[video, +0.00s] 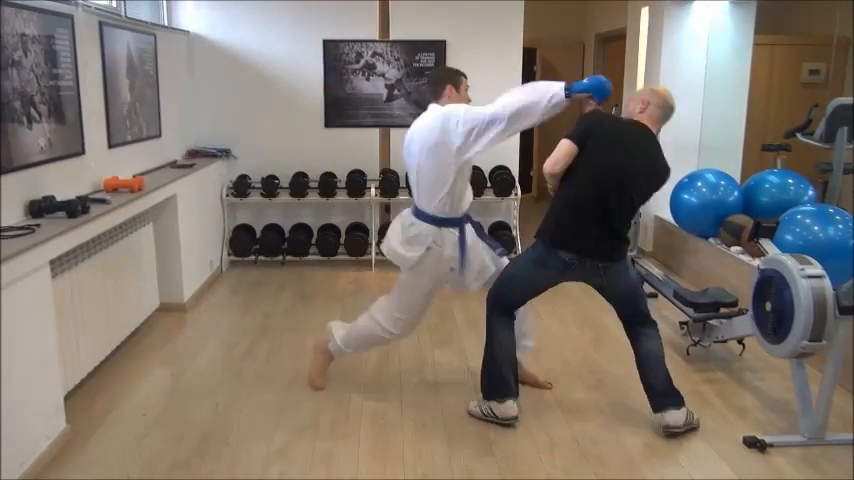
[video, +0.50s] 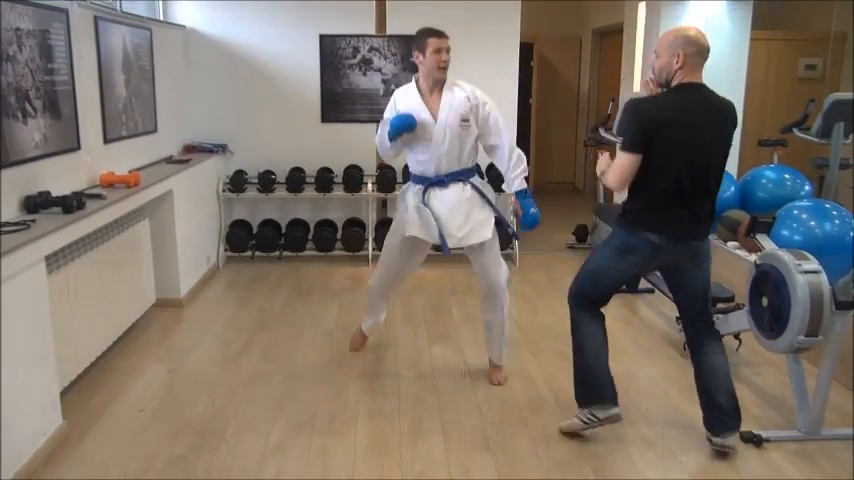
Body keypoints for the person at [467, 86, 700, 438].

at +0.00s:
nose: (625, 107)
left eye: (630, 102)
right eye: (630, 103)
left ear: (643, 105)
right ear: (662, 118)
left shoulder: (595, 121)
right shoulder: (660, 166)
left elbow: (552, 167)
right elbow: (625, 199)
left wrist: (556, 186)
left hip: (557, 248)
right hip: (609, 259)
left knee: (500, 303)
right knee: (641, 325)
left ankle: (501, 401)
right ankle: (671, 410)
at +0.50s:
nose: (652, 63)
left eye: (656, 55)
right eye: (654, 55)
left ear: (678, 60)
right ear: (697, 62)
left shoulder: (643, 110)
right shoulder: (725, 112)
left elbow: (617, 182)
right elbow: (694, 158)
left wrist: (603, 166)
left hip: (641, 234)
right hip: (693, 240)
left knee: (584, 299)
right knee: (702, 328)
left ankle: (599, 404)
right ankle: (724, 432)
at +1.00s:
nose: (567, 102)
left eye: (570, 94)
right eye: (567, 94)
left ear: (591, 97)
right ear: (613, 96)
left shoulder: (585, 153)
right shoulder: (657, 140)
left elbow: (556, 226)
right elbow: (633, 196)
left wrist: (532, 189)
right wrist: (587, 139)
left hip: (583, 271)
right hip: (635, 276)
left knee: (518, 335)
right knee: (633, 368)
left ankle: (521, 447)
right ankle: (638, 463)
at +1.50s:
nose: (565, 79)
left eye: (570, 71)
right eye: (567, 72)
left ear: (591, 74)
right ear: (600, 74)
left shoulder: (590, 115)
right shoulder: (626, 112)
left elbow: (570, 181)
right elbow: (607, 165)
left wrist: (534, 169)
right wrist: (571, 133)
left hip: (603, 235)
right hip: (635, 229)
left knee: (582, 332)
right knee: (618, 303)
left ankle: (578, 442)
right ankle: (643, 387)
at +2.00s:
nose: (574, 62)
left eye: (579, 56)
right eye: (574, 56)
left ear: (600, 54)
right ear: (604, 54)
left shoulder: (599, 90)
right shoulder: (628, 87)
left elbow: (604, 147)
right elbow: (598, 134)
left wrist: (568, 160)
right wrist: (575, 103)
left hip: (603, 198)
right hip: (624, 194)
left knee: (574, 270)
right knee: (611, 261)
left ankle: (615, 353)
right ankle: (626, 334)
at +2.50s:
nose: (533, 69)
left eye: (538, 62)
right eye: (534, 62)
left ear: (559, 61)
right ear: (565, 62)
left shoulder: (543, 89)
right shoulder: (597, 92)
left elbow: (495, 115)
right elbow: (600, 140)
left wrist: (457, 95)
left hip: (554, 188)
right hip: (592, 190)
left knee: (506, 249)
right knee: (595, 252)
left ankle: (467, 324)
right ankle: (614, 322)